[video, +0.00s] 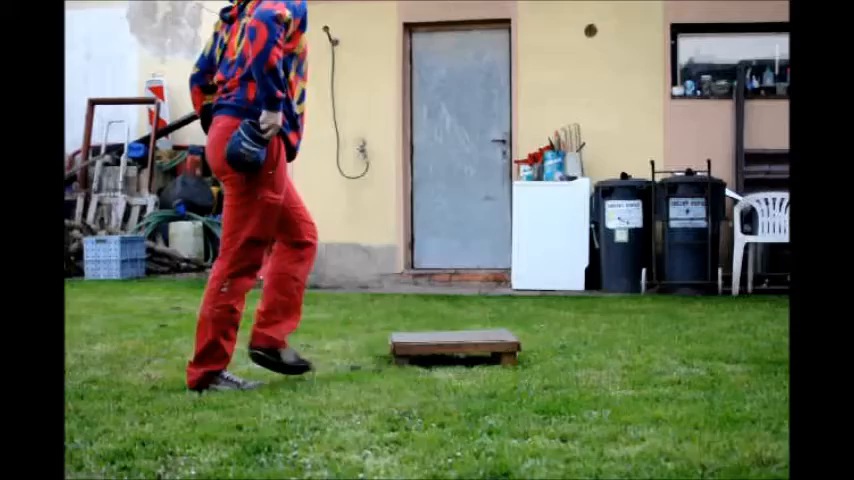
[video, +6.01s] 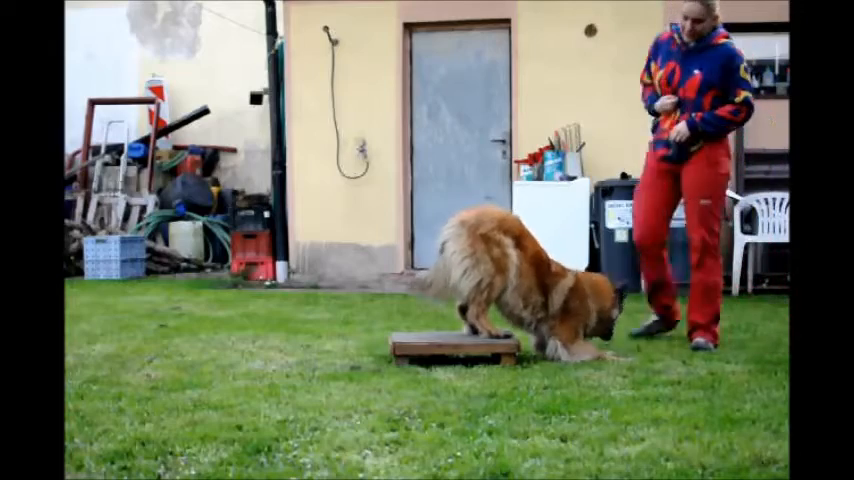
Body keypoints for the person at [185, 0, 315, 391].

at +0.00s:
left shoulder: (235, 13)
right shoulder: (290, 5)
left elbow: (201, 76)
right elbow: (259, 34)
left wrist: (215, 127)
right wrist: (272, 108)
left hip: (226, 133)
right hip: (254, 135)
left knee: (299, 236)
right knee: (237, 263)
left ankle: (271, 340)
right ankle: (208, 371)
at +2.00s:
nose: (585, 115)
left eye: (584, 105)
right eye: (581, 109)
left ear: (601, 92)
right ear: (602, 96)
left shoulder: (629, 87)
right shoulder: (631, 130)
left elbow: (674, 117)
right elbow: (637, 194)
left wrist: (661, 173)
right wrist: (624, 266)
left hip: (718, 144)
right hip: (745, 148)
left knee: (664, 245)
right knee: (705, 253)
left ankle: (662, 354)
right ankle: (735, 347)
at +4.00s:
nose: (606, 180)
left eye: (601, 172)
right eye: (600, 177)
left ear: (610, 153)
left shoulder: (636, 131)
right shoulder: (657, 179)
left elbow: (691, 123)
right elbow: (654, 230)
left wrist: (687, 177)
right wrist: (642, 306)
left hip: (739, 149)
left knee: (683, 245)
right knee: (702, 252)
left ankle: (701, 351)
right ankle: (732, 344)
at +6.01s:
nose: (688, 26)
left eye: (697, 20)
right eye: (685, 18)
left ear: (715, 17)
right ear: (679, 13)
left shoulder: (726, 53)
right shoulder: (663, 42)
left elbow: (742, 107)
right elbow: (647, 83)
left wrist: (695, 124)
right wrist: (655, 103)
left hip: (705, 154)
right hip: (661, 152)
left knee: (703, 241)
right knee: (645, 236)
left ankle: (703, 331)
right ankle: (665, 315)